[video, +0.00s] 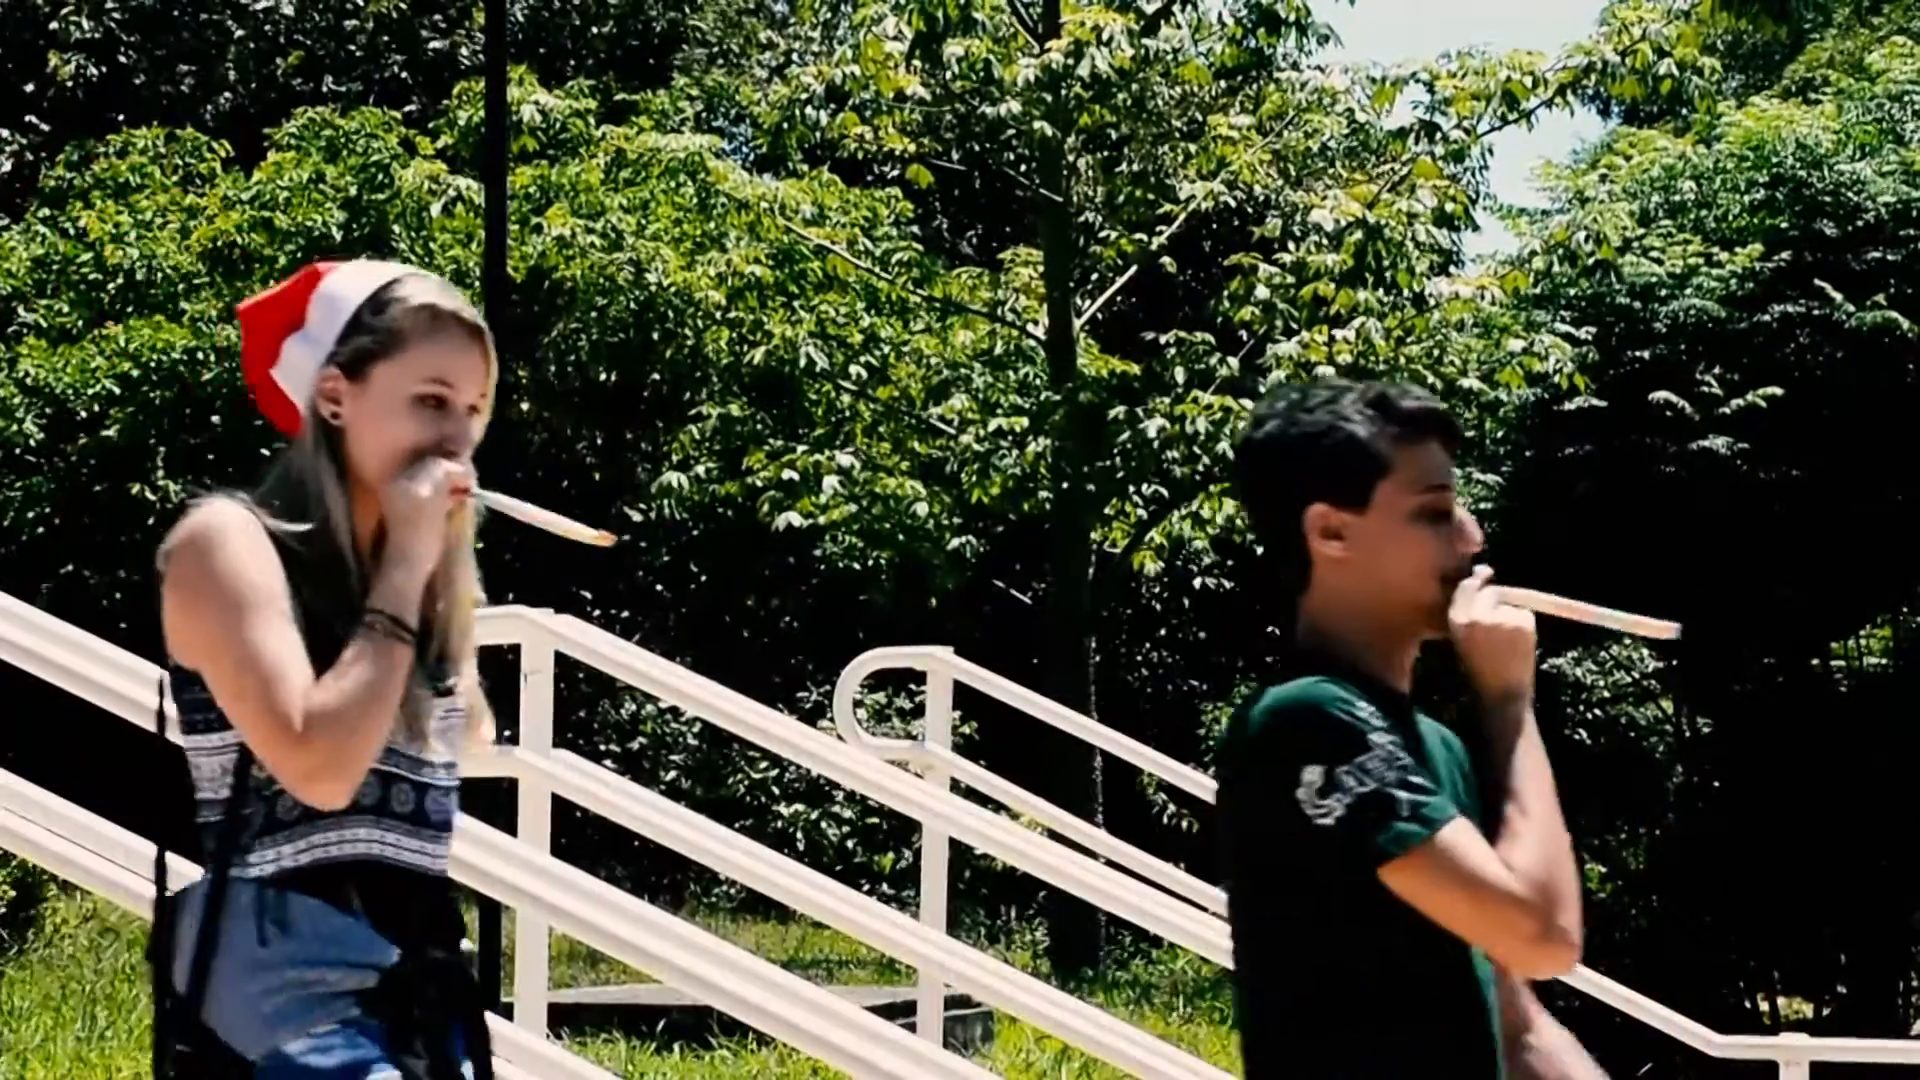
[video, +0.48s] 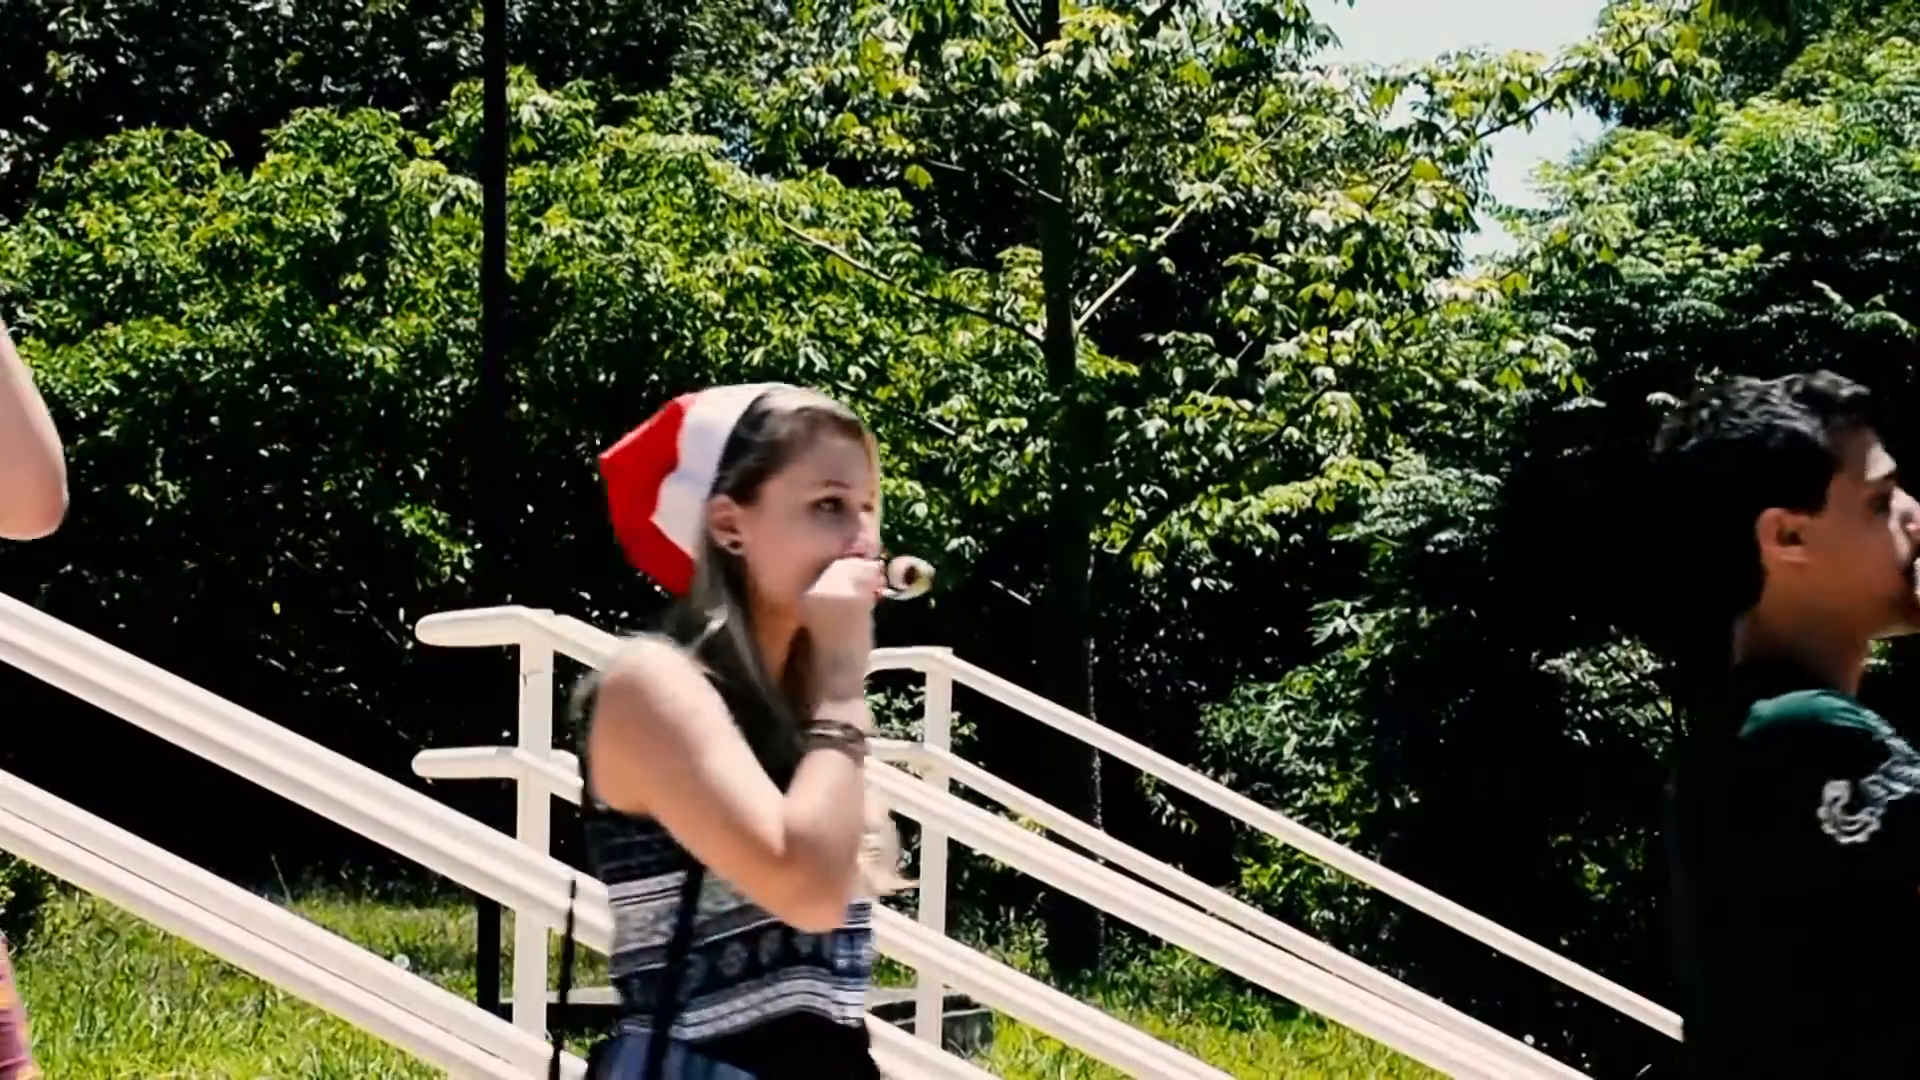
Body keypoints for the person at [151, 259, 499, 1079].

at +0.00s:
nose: (460, 439)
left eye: (474, 412)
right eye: (431, 402)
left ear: (486, 420)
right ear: (336, 394)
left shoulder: (415, 564)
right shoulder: (221, 540)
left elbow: (468, 737)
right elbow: (318, 764)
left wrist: (450, 562)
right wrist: (407, 565)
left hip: (420, 973)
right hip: (287, 974)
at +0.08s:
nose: (519, 445)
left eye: (533, 418)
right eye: (490, 407)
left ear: (545, 425)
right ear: (395, 403)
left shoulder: (483, 584)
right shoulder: (284, 555)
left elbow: (476, 860)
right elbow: (386, 779)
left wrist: (561, 1037)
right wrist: (465, 580)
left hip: (488, 972)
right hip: (355, 977)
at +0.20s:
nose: (606, 484)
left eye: (618, 457)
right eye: (574, 448)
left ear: (629, 465)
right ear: (477, 452)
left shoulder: (567, 635)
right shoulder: (378, 608)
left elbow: (574, 908)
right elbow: (497, 831)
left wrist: (734, 1024)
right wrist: (563, 622)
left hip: (600, 1035)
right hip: (471, 1040)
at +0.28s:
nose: (675, 533)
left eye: (686, 508)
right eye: (643, 498)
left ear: (695, 519)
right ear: (543, 506)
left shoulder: (637, 691)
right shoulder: (449, 665)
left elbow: (651, 963)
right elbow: (585, 881)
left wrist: (829, 1047)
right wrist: (641, 669)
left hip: (663, 1057)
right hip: (541, 1056)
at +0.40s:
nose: (784, 551)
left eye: (791, 522)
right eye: (750, 516)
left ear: (801, 532)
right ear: (650, 529)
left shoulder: (735, 709)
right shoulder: (559, 695)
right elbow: (715, 905)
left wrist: (779, 1053)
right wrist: (754, 689)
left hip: (748, 1053)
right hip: (620, 1055)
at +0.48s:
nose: (865, 539)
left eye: (870, 511)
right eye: (829, 507)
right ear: (730, 524)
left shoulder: (798, 689)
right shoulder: (647, 684)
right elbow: (814, 891)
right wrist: (841, 678)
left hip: (823, 1052)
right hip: (702, 1057)